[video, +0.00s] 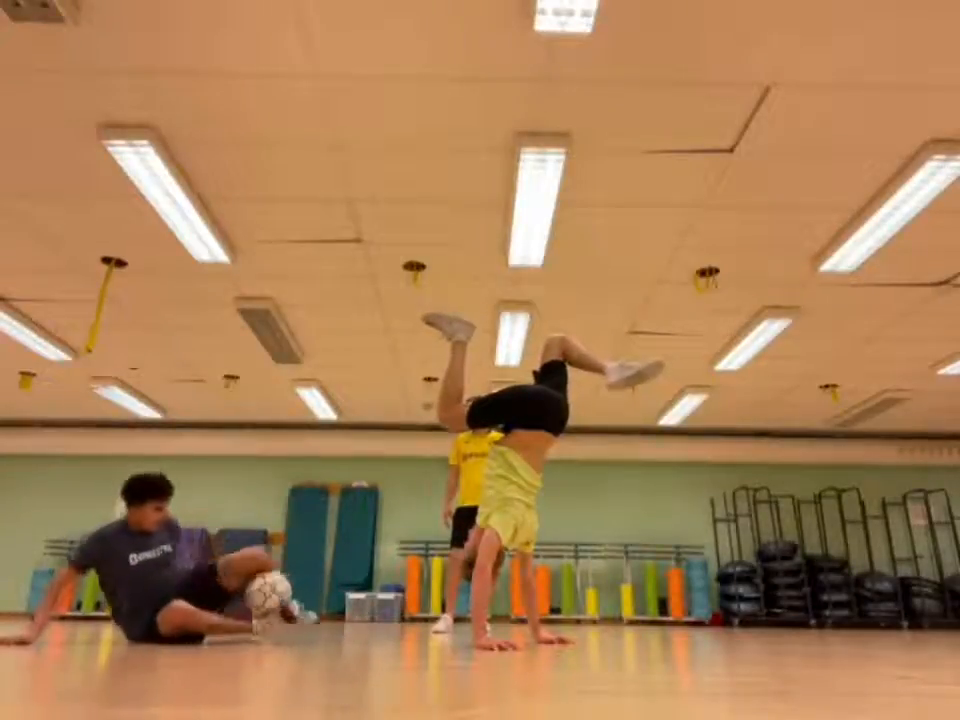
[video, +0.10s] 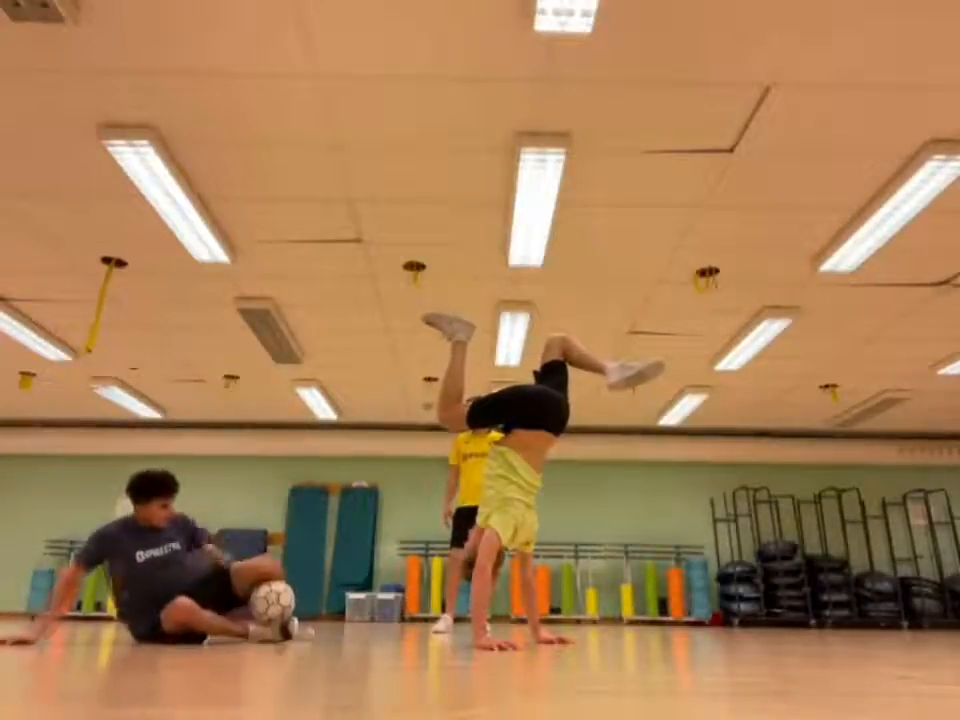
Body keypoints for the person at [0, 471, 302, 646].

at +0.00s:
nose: (165, 515)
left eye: (166, 508)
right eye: (158, 508)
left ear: (162, 506)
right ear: (135, 508)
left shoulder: (170, 530)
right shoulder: (103, 541)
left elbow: (194, 567)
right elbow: (65, 579)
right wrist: (35, 630)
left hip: (186, 591)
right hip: (146, 617)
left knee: (255, 557)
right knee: (179, 613)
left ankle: (280, 605)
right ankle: (256, 626)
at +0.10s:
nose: (171, 511)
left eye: (171, 504)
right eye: (164, 505)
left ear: (166, 504)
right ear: (143, 505)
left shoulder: (180, 524)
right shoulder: (111, 536)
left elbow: (214, 555)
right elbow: (72, 575)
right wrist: (44, 627)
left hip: (201, 589)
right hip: (153, 613)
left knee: (269, 566)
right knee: (183, 609)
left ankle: (274, 620)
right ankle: (254, 632)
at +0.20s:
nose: (171, 506)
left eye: (171, 499)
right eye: (163, 501)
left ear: (169, 500)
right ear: (141, 503)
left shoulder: (184, 518)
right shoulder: (115, 535)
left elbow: (231, 524)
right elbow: (73, 576)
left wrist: (276, 526)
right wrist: (48, 631)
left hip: (203, 586)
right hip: (157, 612)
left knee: (269, 569)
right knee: (194, 611)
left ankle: (285, 622)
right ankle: (261, 633)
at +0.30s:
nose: (153, 497)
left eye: (153, 489)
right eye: (143, 494)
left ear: (157, 485)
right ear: (123, 498)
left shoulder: (174, 498)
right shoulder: (110, 529)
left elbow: (218, 475)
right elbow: (73, 574)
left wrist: (237, 445)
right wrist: (48, 631)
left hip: (207, 577)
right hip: (165, 603)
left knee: (273, 571)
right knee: (199, 608)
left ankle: (284, 615)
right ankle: (270, 634)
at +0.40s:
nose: (114, 485)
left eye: (111, 476)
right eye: (104, 485)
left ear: (115, 465)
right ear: (95, 487)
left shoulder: (141, 461)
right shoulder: (99, 519)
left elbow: (143, 405)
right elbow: (73, 575)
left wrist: (104, 378)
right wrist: (47, 633)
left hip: (204, 539)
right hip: (171, 569)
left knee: (266, 560)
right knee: (200, 589)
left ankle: (290, 611)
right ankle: (275, 632)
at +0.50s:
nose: (74, 479)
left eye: (68, 471)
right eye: (65, 482)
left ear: (67, 460)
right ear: (57, 487)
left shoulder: (86, 445)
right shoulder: (82, 517)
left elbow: (56, 399)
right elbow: (70, 574)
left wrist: (11, 373)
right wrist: (45, 633)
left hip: (193, 491)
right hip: (172, 527)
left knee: (257, 524)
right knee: (210, 565)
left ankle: (289, 563)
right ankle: (269, 624)